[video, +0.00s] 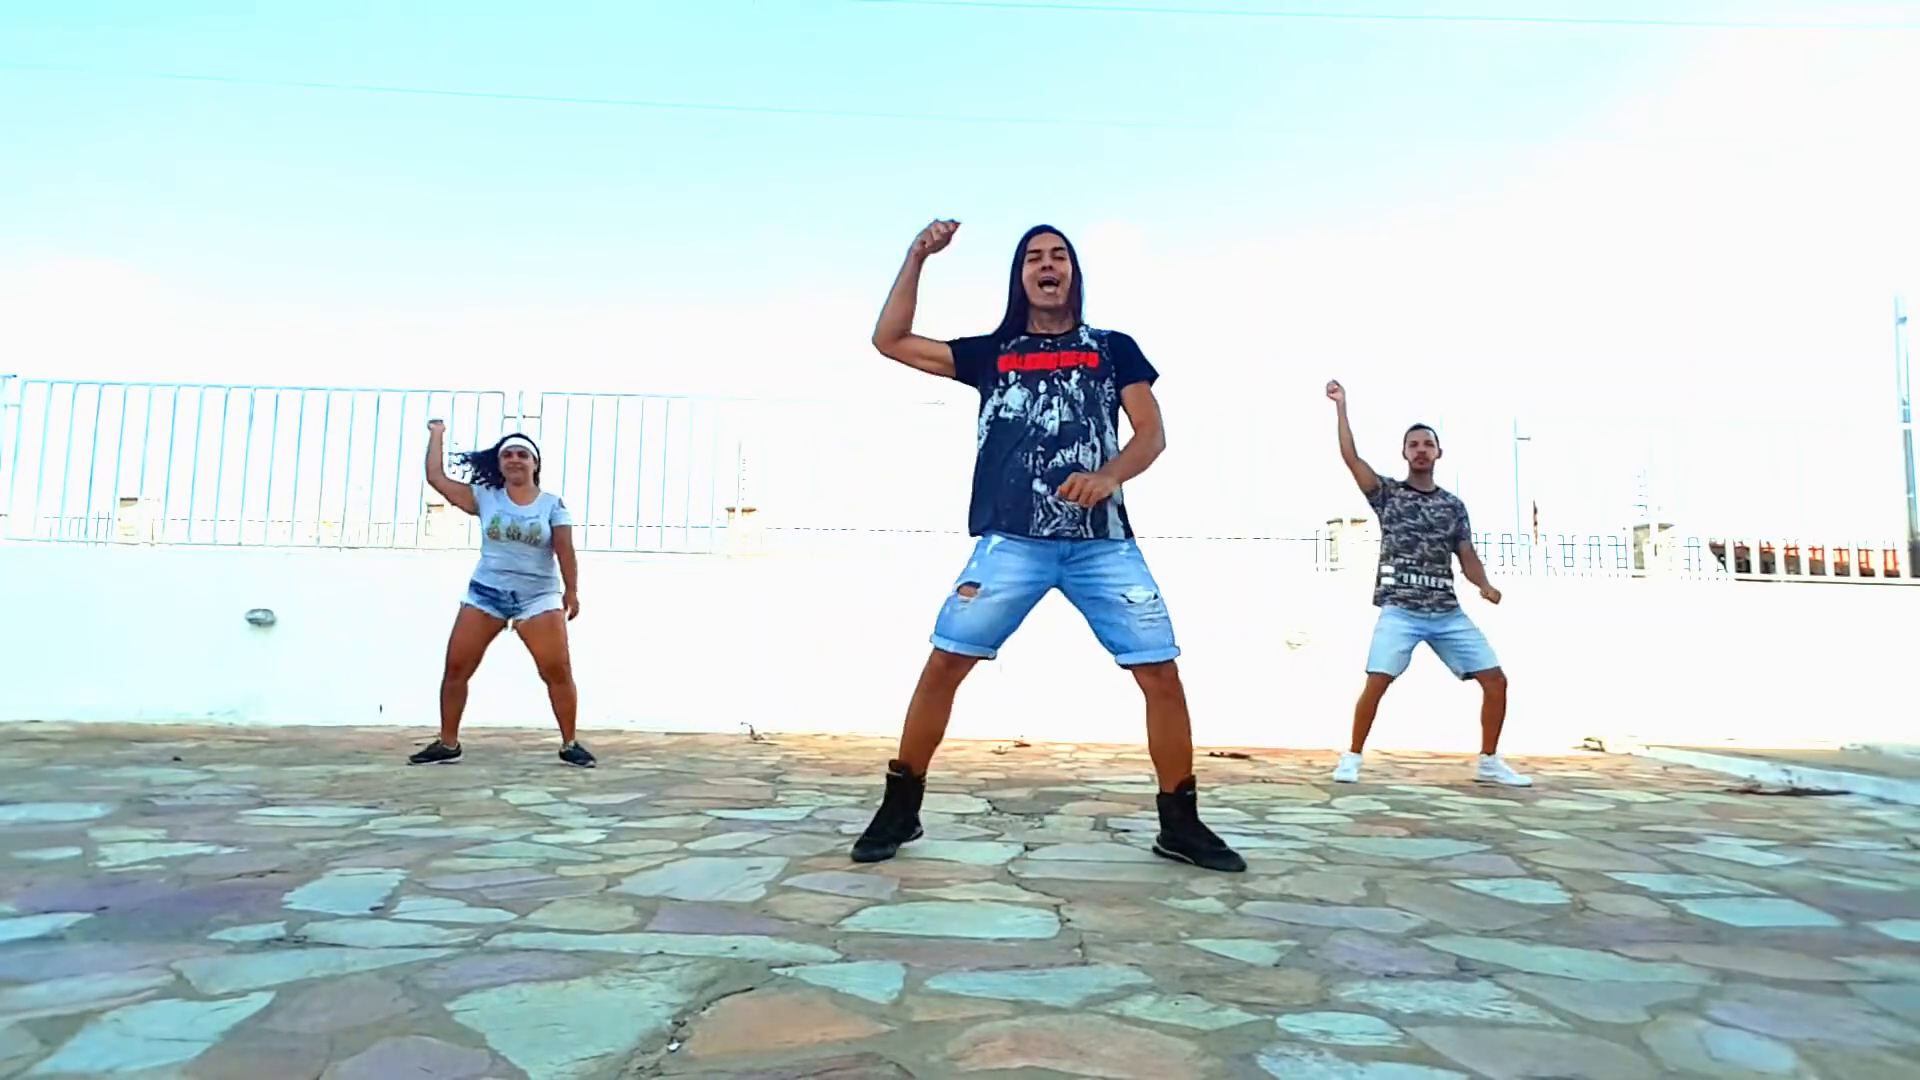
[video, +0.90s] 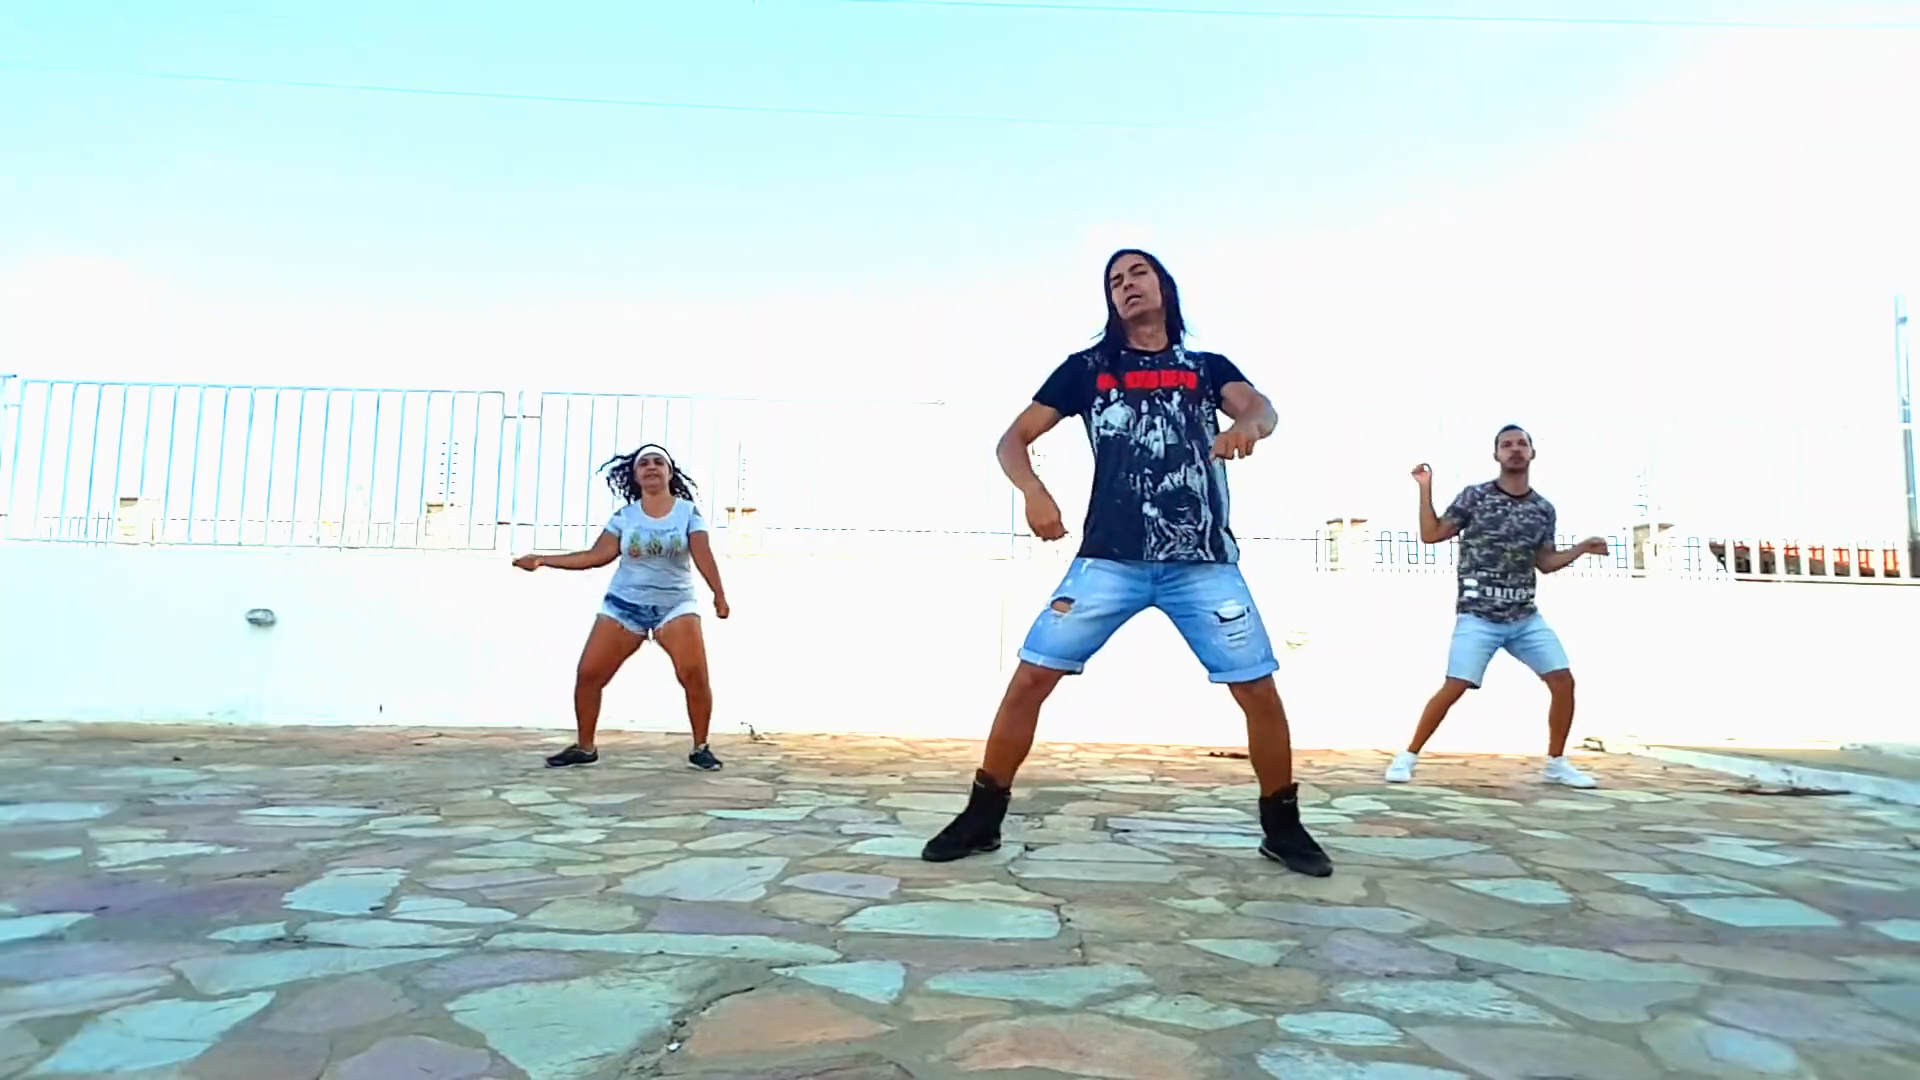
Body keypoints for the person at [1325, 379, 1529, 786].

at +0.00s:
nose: (1420, 450)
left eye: (1427, 444)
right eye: (1413, 445)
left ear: (1438, 453)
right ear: (1404, 453)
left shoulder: (1452, 506)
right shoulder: (1386, 492)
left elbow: (1466, 555)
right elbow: (1350, 456)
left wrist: (1484, 584)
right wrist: (1340, 407)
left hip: (1446, 612)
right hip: (1398, 610)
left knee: (1495, 681)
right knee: (1378, 679)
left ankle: (1488, 761)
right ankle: (1352, 756)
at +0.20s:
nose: (1446, 418)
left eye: (1452, 412)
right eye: (1439, 412)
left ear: (1463, 419)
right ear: (1428, 419)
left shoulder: (1480, 465)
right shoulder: (1411, 459)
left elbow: (1501, 512)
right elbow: (1372, 425)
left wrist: (1514, 553)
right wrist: (1395, 380)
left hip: (1479, 573)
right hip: (1431, 572)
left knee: (1507, 651)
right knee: (1408, 649)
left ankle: (1514, 742)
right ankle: (1384, 738)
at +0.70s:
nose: (1506, 419)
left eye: (1513, 412)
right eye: (1499, 412)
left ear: (1523, 420)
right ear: (1488, 418)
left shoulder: (1537, 466)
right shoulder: (1465, 457)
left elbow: (1551, 513)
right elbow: (1413, 443)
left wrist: (1556, 543)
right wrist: (1419, 393)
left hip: (1521, 579)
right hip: (1471, 575)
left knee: (1547, 658)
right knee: (1446, 649)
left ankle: (1554, 748)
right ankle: (1415, 736)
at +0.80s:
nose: (1514, 433)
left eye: (1521, 427)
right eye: (1507, 427)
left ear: (1532, 435)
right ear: (1496, 435)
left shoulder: (1545, 487)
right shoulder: (1474, 475)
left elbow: (1545, 541)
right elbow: (1416, 486)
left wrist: (1565, 550)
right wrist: (1420, 439)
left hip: (1524, 598)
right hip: (1476, 594)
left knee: (1556, 673)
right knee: (1449, 666)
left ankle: (1557, 760)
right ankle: (1409, 748)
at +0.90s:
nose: (1516, 449)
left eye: (1522, 444)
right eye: (1508, 445)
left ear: (1533, 453)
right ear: (1496, 455)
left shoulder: (1543, 509)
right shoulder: (1475, 497)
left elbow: (1546, 562)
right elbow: (1430, 534)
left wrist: (1581, 548)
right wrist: (1425, 489)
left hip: (1524, 617)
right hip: (1477, 616)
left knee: (1563, 681)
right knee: (1457, 684)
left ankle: (1555, 763)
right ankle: (1408, 756)